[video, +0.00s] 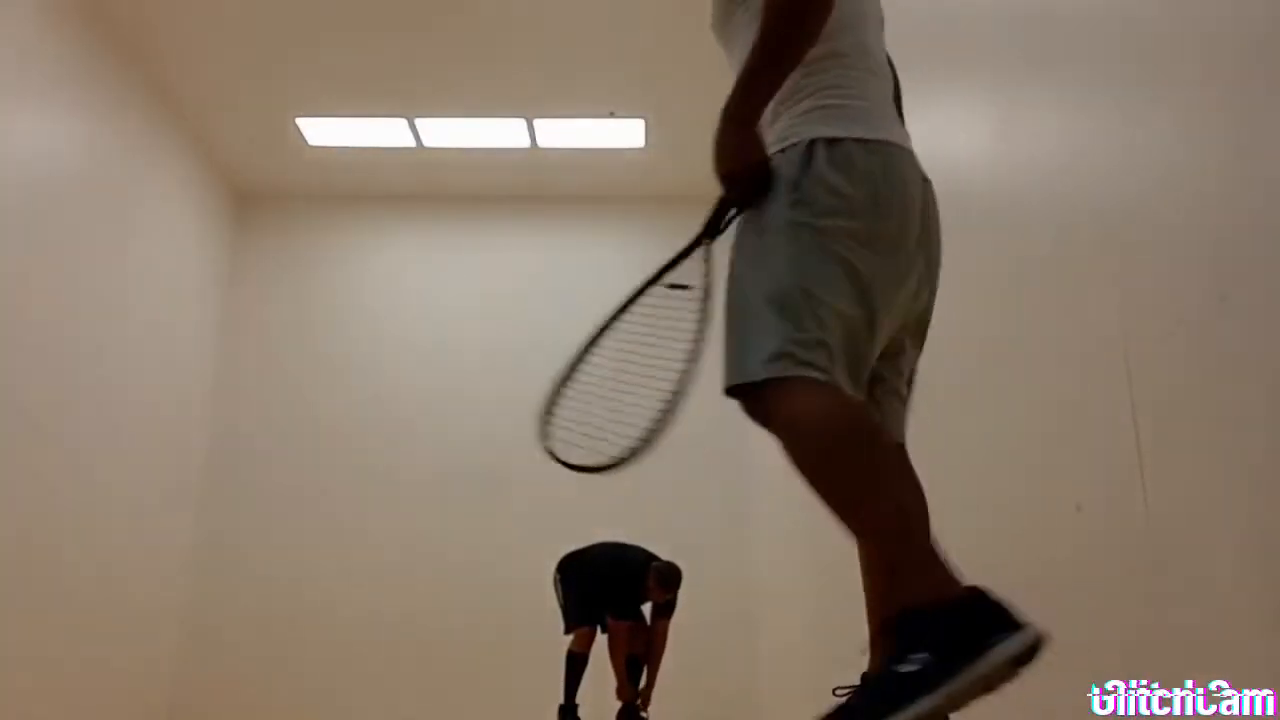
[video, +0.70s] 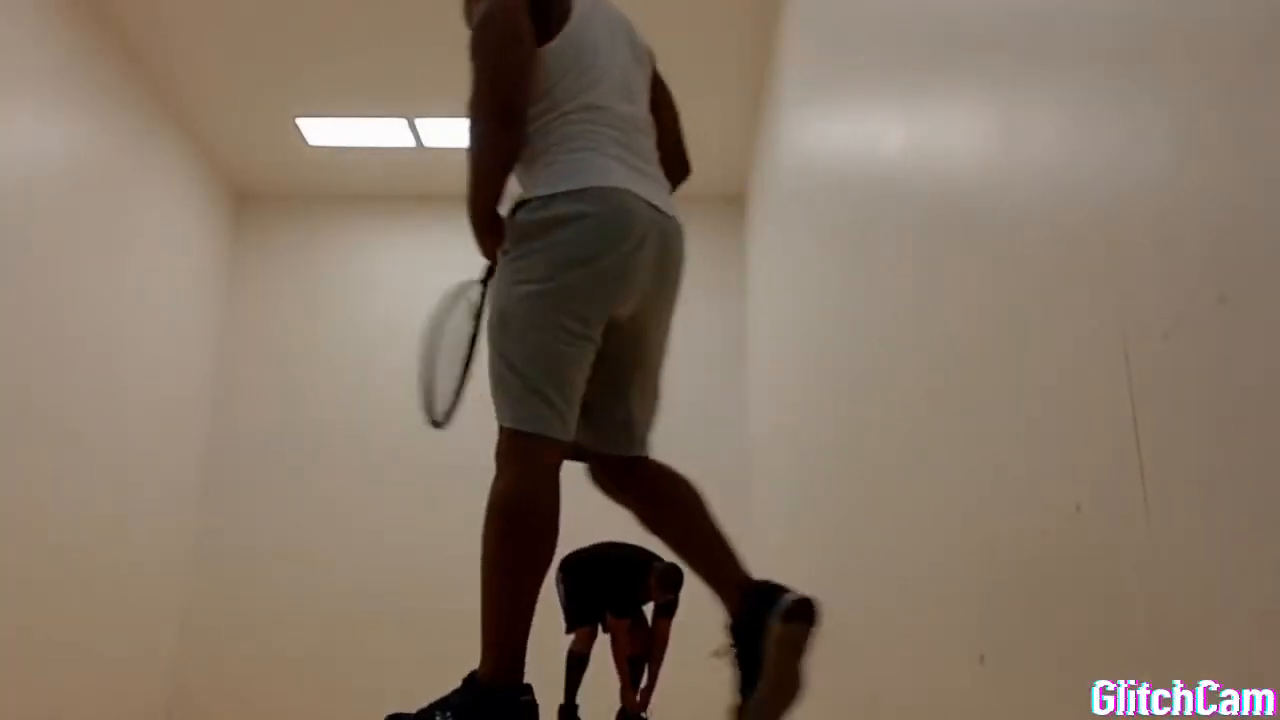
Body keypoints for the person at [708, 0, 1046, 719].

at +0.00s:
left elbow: (809, 2)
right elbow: (876, 75)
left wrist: (737, 120)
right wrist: (771, 156)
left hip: (829, 155)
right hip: (900, 180)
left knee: (782, 379)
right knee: (872, 433)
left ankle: (944, 610)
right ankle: (897, 663)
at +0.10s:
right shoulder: (837, 16)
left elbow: (786, 6)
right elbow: (874, 130)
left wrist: (706, 140)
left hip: (803, 174)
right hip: (878, 197)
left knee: (742, 400)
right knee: (859, 442)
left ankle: (830, 638)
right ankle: (896, 677)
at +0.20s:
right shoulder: (816, 19)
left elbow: (751, 18)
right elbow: (857, 136)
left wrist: (680, 162)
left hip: (774, 192)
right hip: (857, 213)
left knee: (690, 414)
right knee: (842, 447)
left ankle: (713, 660)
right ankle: (892, 682)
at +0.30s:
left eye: (663, 15)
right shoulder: (789, 26)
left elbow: (714, 50)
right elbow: (833, 159)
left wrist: (664, 185)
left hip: (743, 199)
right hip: (830, 220)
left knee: (646, 421)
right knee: (827, 452)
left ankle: (598, 675)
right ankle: (889, 682)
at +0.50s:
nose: (574, 39)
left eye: (577, 24)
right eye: (573, 34)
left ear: (604, 1)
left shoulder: (615, 1)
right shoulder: (713, 43)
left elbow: (615, 106)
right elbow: (756, 172)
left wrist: (585, 236)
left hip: (653, 223)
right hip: (745, 238)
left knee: (573, 453)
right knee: (769, 461)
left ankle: (503, 683)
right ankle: (875, 673)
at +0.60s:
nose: (516, 33)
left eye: (522, 19)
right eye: (517, 25)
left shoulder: (556, 11)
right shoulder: (668, 42)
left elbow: (552, 128)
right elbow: (707, 169)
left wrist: (531, 238)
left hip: (611, 216)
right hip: (697, 233)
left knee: (545, 451)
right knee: (692, 461)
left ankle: (499, 685)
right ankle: (830, 636)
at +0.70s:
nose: (470, 19)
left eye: (474, 11)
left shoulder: (505, 6)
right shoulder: (624, 33)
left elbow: (501, 106)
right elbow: (672, 160)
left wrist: (483, 213)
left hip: (570, 215)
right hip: (657, 231)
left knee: (526, 453)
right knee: (614, 454)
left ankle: (499, 685)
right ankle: (753, 604)